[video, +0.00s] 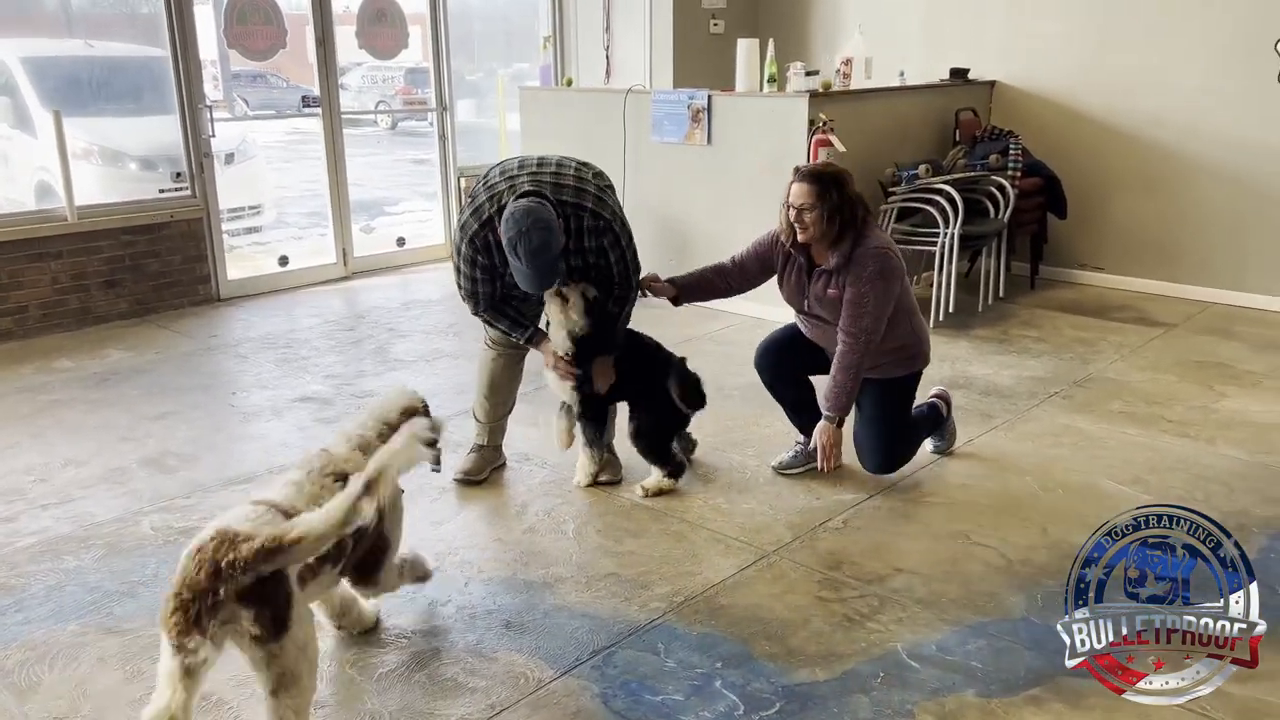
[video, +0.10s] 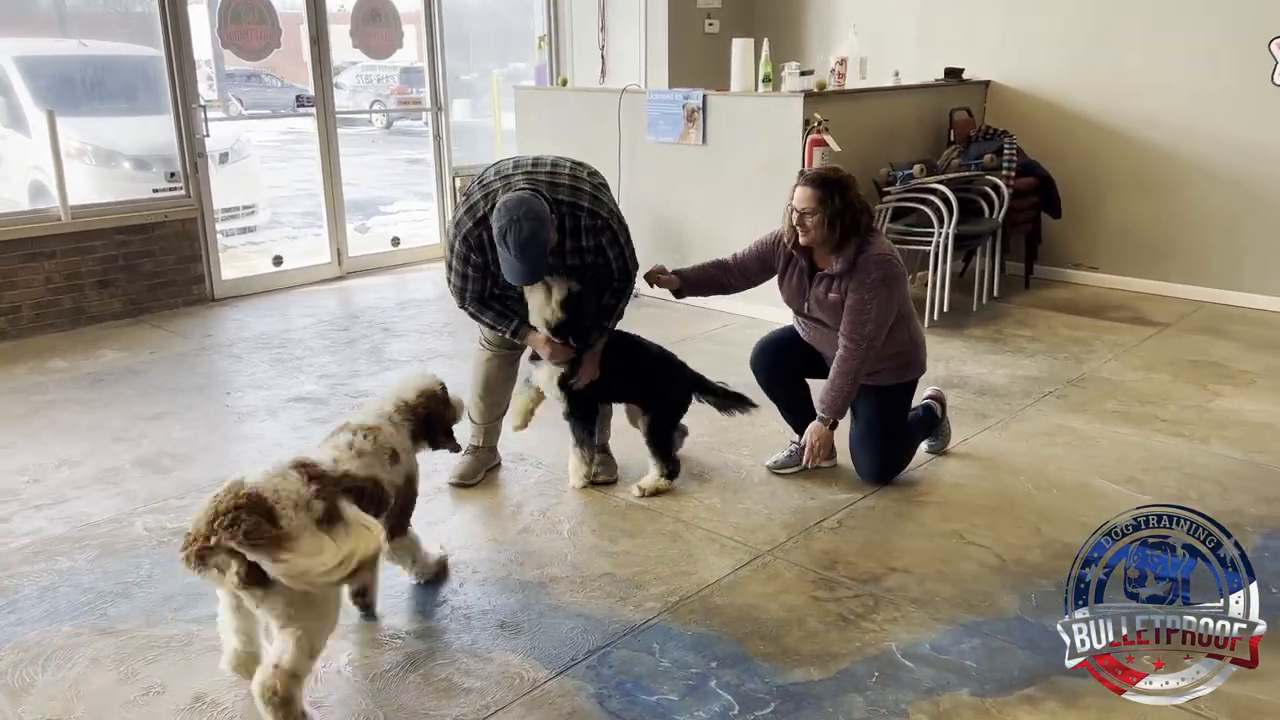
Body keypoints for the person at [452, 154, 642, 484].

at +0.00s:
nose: (545, 289)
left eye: (551, 278)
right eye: (533, 284)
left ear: (561, 231)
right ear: (503, 241)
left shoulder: (596, 214)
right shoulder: (475, 230)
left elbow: (625, 283)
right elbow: (482, 303)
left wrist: (605, 355)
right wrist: (542, 344)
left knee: (595, 343)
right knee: (501, 342)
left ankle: (601, 449)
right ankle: (486, 447)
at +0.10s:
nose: (528, 281)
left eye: (537, 272)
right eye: (519, 276)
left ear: (554, 229)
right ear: (494, 233)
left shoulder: (592, 211)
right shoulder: (469, 225)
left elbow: (624, 276)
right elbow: (469, 296)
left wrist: (594, 348)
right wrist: (530, 337)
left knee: (589, 344)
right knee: (497, 343)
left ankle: (596, 449)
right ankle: (481, 448)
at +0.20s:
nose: (523, 273)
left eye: (532, 259)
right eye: (512, 267)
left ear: (547, 221)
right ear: (487, 224)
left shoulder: (586, 210)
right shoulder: (463, 219)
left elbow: (613, 292)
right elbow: (462, 290)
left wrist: (594, 365)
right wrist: (524, 328)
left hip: (570, 259)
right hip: (498, 267)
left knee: (579, 346)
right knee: (491, 346)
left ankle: (589, 447)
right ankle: (476, 447)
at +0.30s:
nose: (522, 268)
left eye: (531, 252)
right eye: (511, 260)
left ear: (545, 219)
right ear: (485, 223)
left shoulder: (582, 214)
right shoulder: (459, 218)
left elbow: (598, 301)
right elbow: (453, 283)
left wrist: (582, 379)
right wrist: (521, 317)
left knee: (562, 343)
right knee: (486, 341)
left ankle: (582, 446)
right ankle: (472, 447)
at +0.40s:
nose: (519, 275)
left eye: (528, 265)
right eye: (508, 269)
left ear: (543, 224)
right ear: (483, 227)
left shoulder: (580, 215)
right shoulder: (456, 219)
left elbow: (597, 298)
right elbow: (450, 287)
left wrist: (573, 368)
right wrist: (515, 313)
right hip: (488, 273)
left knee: (568, 351)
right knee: (480, 352)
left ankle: (581, 447)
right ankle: (467, 448)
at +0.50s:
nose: (512, 255)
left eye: (521, 247)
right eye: (503, 249)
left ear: (540, 216)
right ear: (482, 212)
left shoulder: (576, 209)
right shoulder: (454, 208)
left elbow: (599, 290)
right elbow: (432, 275)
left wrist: (549, 342)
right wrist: (501, 307)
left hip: (556, 262)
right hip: (482, 264)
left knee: (562, 349)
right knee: (477, 343)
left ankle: (577, 445)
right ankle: (463, 446)